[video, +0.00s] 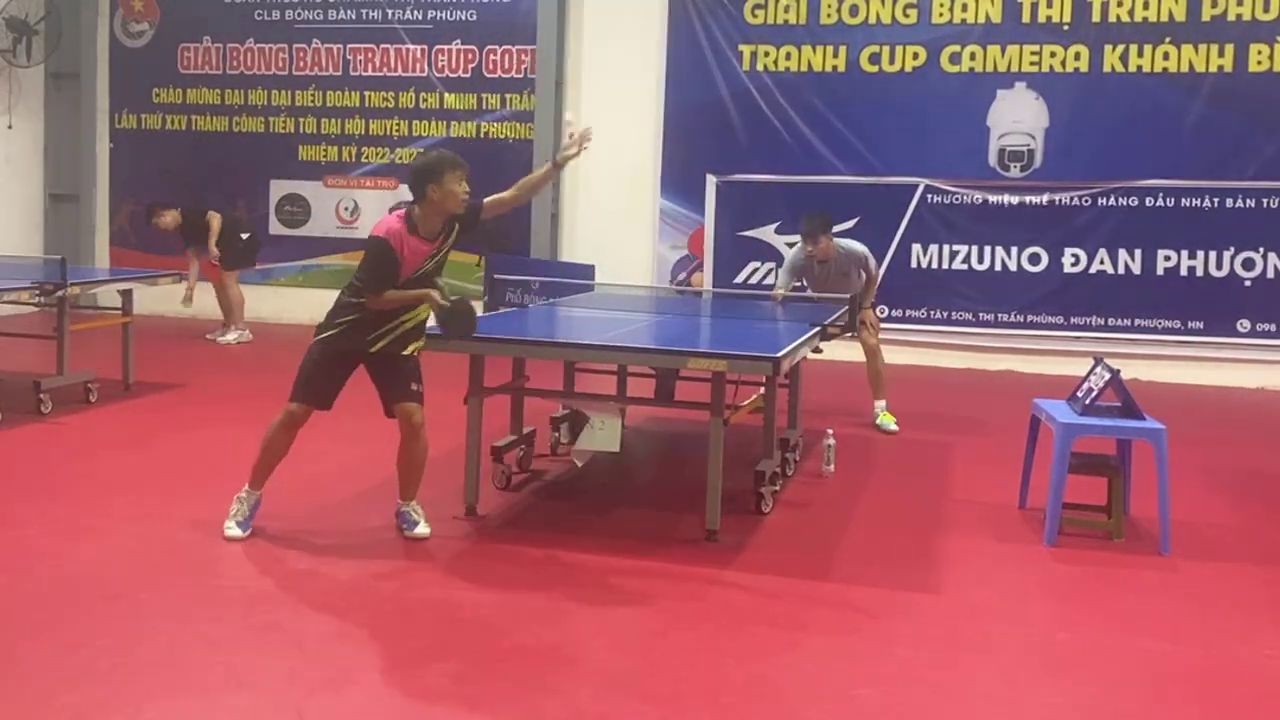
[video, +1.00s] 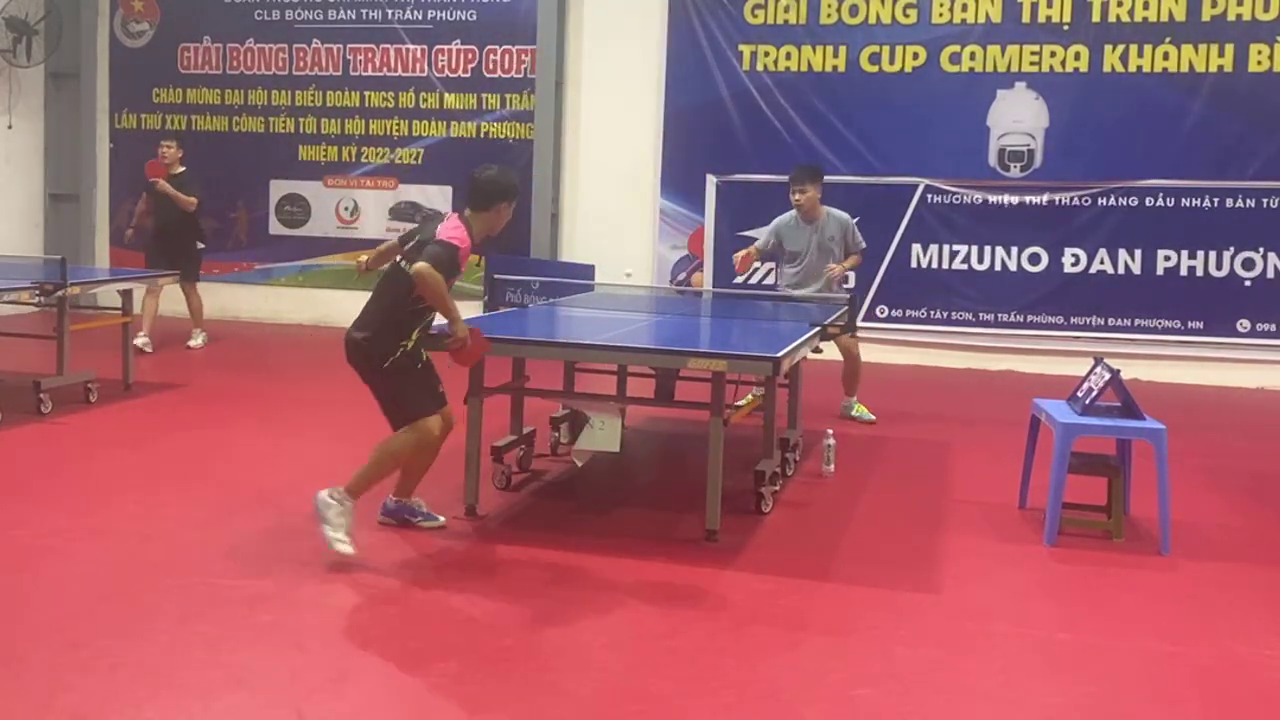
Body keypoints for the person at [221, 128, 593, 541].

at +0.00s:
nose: (468, 191)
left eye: (466, 183)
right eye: (459, 183)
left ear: (444, 191)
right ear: (431, 192)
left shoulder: (454, 219)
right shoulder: (390, 233)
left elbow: (511, 198)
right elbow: (373, 298)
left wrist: (558, 161)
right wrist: (425, 294)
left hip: (400, 334)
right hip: (347, 330)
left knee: (414, 420)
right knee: (295, 414)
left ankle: (408, 506)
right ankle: (249, 495)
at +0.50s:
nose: (416, 197)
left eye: (412, 191)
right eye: (408, 194)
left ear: (398, 205)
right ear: (385, 209)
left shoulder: (415, 225)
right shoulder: (354, 242)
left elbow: (462, 207)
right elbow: (341, 309)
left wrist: (511, 192)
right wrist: (373, 269)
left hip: (380, 339)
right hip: (330, 342)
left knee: (437, 393)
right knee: (282, 431)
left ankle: (391, 455)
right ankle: (255, 505)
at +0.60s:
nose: (426, 229)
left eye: (423, 222)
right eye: (419, 225)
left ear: (411, 228)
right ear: (395, 234)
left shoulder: (417, 241)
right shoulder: (359, 255)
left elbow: (446, 222)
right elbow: (318, 300)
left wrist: (479, 205)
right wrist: (364, 272)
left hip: (384, 350)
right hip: (332, 357)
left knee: (438, 416)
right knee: (288, 442)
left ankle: (393, 482)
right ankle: (256, 506)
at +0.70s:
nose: (454, 250)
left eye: (453, 243)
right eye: (447, 245)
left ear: (425, 246)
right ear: (421, 247)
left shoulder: (428, 259)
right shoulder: (379, 257)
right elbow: (329, 272)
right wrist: (382, 309)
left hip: (389, 361)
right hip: (340, 369)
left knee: (447, 427)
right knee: (297, 453)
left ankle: (400, 502)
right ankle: (258, 507)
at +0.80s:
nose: (487, 252)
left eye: (489, 246)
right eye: (486, 245)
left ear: (463, 240)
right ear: (465, 242)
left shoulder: (443, 258)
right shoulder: (406, 259)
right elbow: (356, 269)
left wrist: (404, 336)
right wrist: (390, 324)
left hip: (393, 345)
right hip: (349, 344)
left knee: (450, 428)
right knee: (332, 453)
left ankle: (401, 501)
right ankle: (263, 494)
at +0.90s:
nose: (503, 237)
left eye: (505, 229)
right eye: (503, 229)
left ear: (472, 221)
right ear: (489, 228)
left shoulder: (449, 243)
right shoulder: (436, 254)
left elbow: (405, 252)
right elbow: (394, 271)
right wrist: (425, 326)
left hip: (397, 349)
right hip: (362, 350)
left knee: (448, 427)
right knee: (381, 446)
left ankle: (402, 501)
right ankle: (293, 482)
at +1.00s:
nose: (508, 219)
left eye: (511, 210)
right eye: (509, 210)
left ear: (476, 202)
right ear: (498, 209)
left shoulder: (441, 221)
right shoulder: (456, 239)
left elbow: (398, 242)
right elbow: (424, 272)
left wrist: (372, 261)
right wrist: (456, 320)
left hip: (398, 339)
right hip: (378, 342)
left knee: (443, 421)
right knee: (427, 427)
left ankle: (400, 502)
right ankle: (341, 498)